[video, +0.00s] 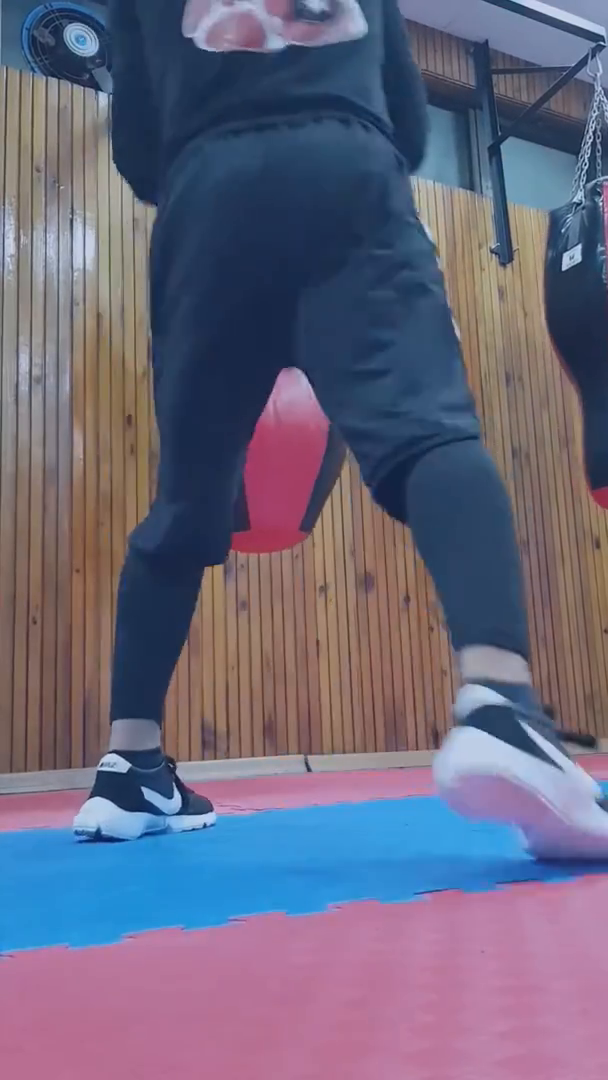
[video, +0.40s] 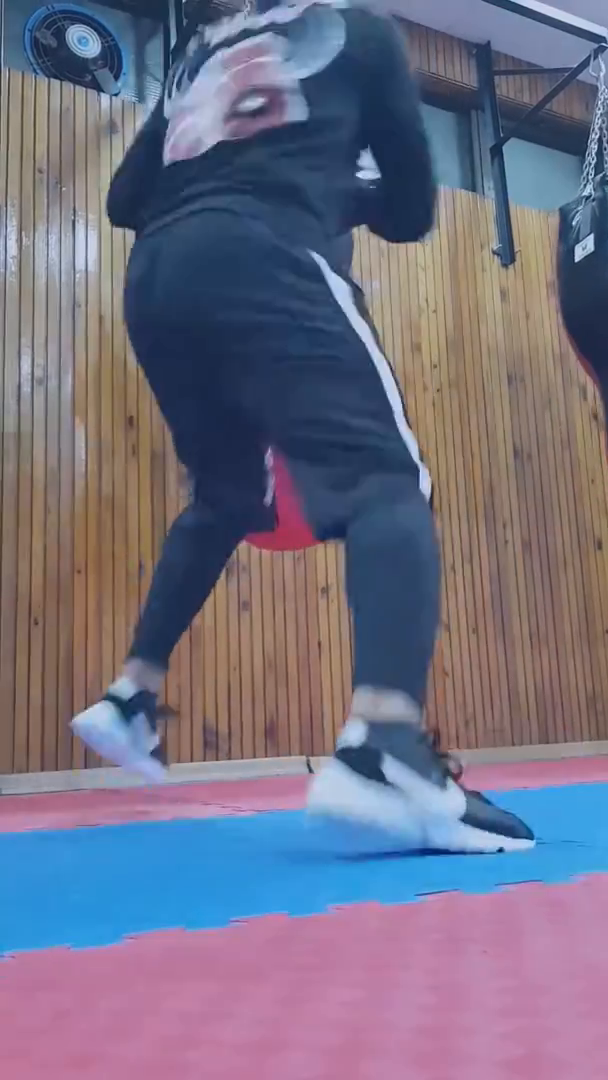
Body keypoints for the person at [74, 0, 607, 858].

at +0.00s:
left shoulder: (148, 7)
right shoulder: (360, 2)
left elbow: (134, 131)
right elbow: (407, 117)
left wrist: (196, 196)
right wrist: (359, 185)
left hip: (213, 177)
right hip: (350, 156)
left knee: (187, 499)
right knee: (432, 433)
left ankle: (129, 765)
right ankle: (499, 703)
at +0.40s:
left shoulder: (197, 49)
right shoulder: (360, 27)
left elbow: (126, 199)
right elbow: (409, 212)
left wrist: (221, 168)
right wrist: (323, 184)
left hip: (153, 268)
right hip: (258, 247)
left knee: (222, 499)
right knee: (386, 491)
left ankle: (131, 699)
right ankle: (384, 743)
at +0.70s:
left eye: (131, 63)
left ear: (146, 59)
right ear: (218, 68)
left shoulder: (124, 84)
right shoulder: (259, 122)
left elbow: (64, 224)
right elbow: (301, 232)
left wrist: (113, 149)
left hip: (162, 292)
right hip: (270, 292)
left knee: (113, 546)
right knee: (314, 494)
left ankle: (88, 765)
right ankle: (375, 668)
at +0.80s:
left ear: (130, 42)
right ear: (211, 36)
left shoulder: (98, 90)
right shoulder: (263, 91)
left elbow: (63, 247)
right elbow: (316, 230)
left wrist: (121, 160)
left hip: (156, 308)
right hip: (270, 300)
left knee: (120, 545)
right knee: (331, 514)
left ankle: (91, 763)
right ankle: (369, 672)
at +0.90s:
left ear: (141, 9)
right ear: (228, 4)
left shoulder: (100, 76)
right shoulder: (282, 50)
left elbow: (85, 238)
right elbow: (351, 200)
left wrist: (166, 174)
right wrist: (268, 157)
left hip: (151, 289)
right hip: (264, 266)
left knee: (141, 540)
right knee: (356, 499)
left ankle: (93, 766)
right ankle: (337, 693)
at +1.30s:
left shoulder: (172, 11)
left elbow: (109, 143)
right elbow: (424, 135)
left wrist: (208, 144)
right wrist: (336, 70)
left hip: (154, 231)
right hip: (273, 200)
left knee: (162, 514)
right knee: (401, 471)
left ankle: (130, 762)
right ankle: (391, 756)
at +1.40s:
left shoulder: (190, 29)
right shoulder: (356, 8)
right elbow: (428, 166)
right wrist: (342, 103)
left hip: (141, 254)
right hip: (259, 241)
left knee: (156, 519)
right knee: (422, 502)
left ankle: (90, 751)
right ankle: (398, 751)